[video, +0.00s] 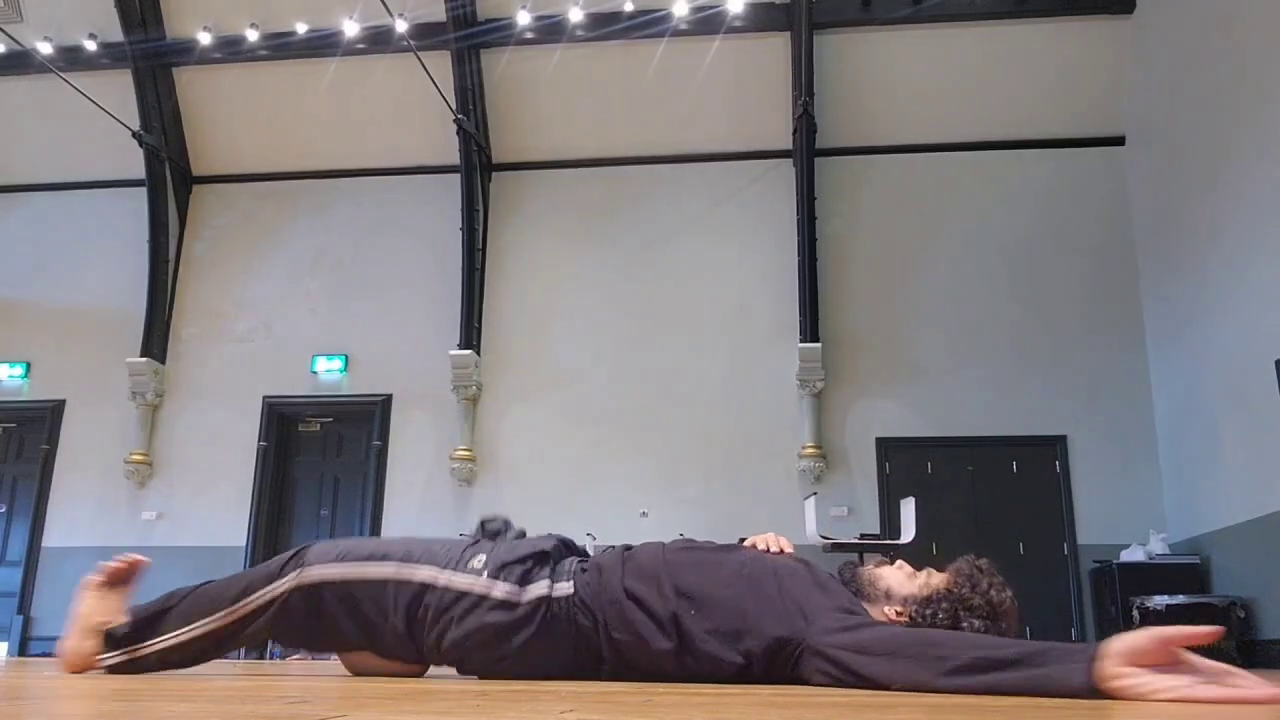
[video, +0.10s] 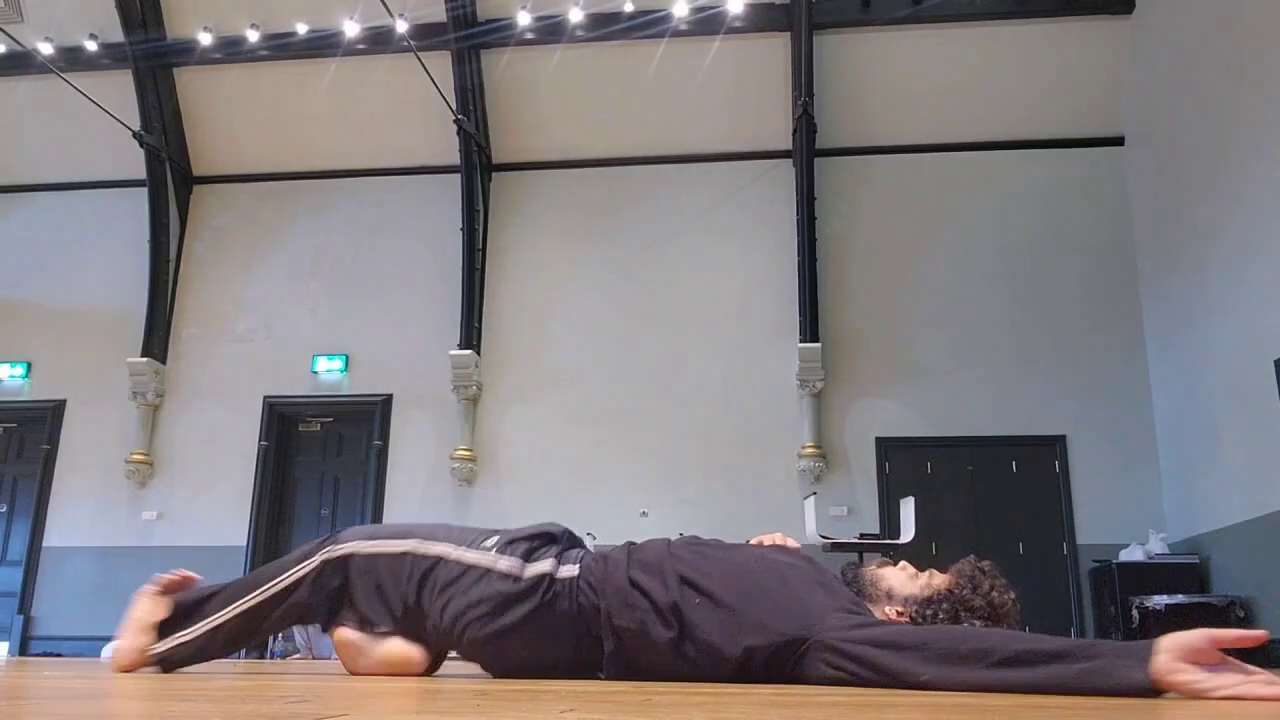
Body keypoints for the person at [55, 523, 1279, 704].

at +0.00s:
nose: (901, 566)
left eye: (920, 578)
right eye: (918, 568)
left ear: (922, 621)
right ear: (917, 594)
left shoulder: (841, 636)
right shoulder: (841, 597)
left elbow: (945, 663)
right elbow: (929, 638)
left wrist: (1090, 665)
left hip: (539, 615)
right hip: (549, 567)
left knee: (310, 577)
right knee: (317, 558)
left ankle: (136, 643)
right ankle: (161, 618)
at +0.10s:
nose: (910, 567)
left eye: (928, 581)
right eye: (925, 566)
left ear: (928, 625)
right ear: (915, 587)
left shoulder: (862, 637)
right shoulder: (845, 593)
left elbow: (991, 662)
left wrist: (1146, 665)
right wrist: (1145, 649)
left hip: (571, 612)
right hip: (579, 575)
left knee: (355, 565)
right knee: (400, 550)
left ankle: (177, 629)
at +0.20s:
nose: (913, 567)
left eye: (930, 582)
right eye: (929, 565)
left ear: (931, 620)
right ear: (917, 575)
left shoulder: (879, 637)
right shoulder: (830, 574)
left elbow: (1007, 655)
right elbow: (702, 556)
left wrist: (1174, 659)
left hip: (595, 613)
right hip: (572, 568)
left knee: (402, 564)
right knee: (391, 552)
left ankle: (216, 636)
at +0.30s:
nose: (907, 571)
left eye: (924, 580)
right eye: (923, 568)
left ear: (928, 614)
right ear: (920, 587)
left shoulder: (870, 628)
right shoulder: (841, 584)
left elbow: (1008, 644)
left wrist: (1172, 641)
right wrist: (1167, 633)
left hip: (580, 600)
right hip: (592, 580)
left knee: (422, 552)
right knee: (469, 558)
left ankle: (258, 637)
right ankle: (414, 643)